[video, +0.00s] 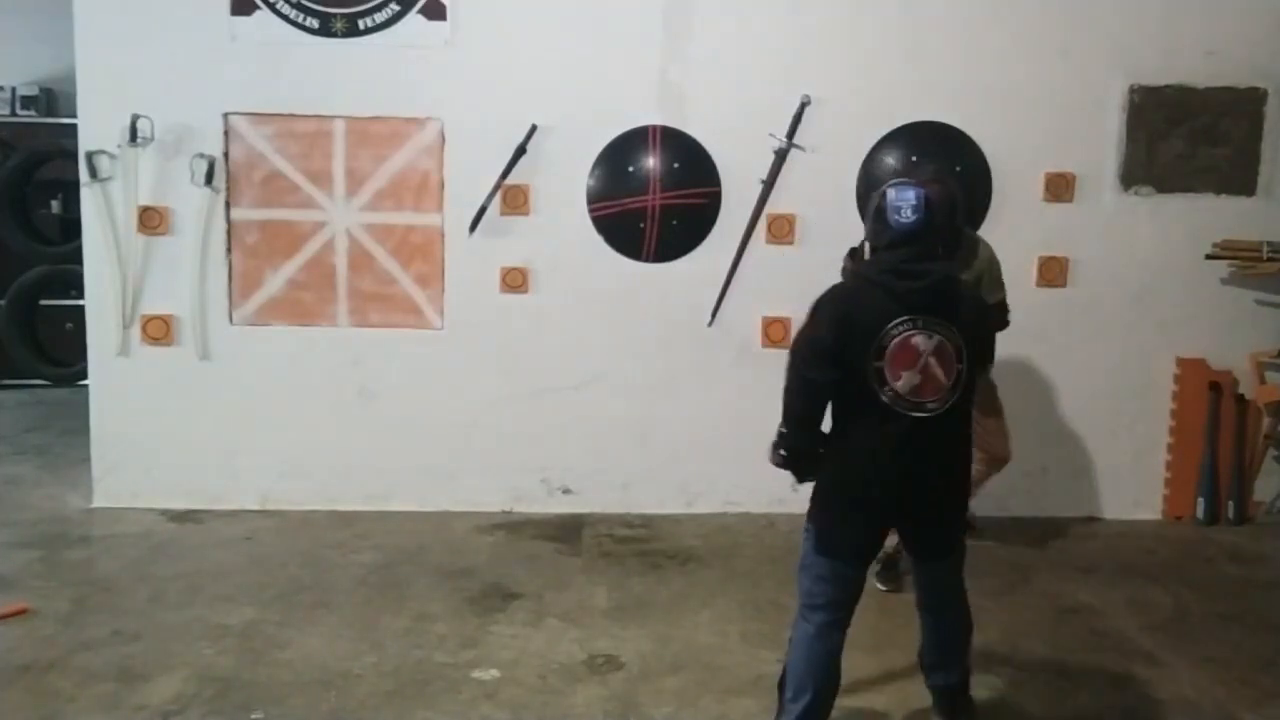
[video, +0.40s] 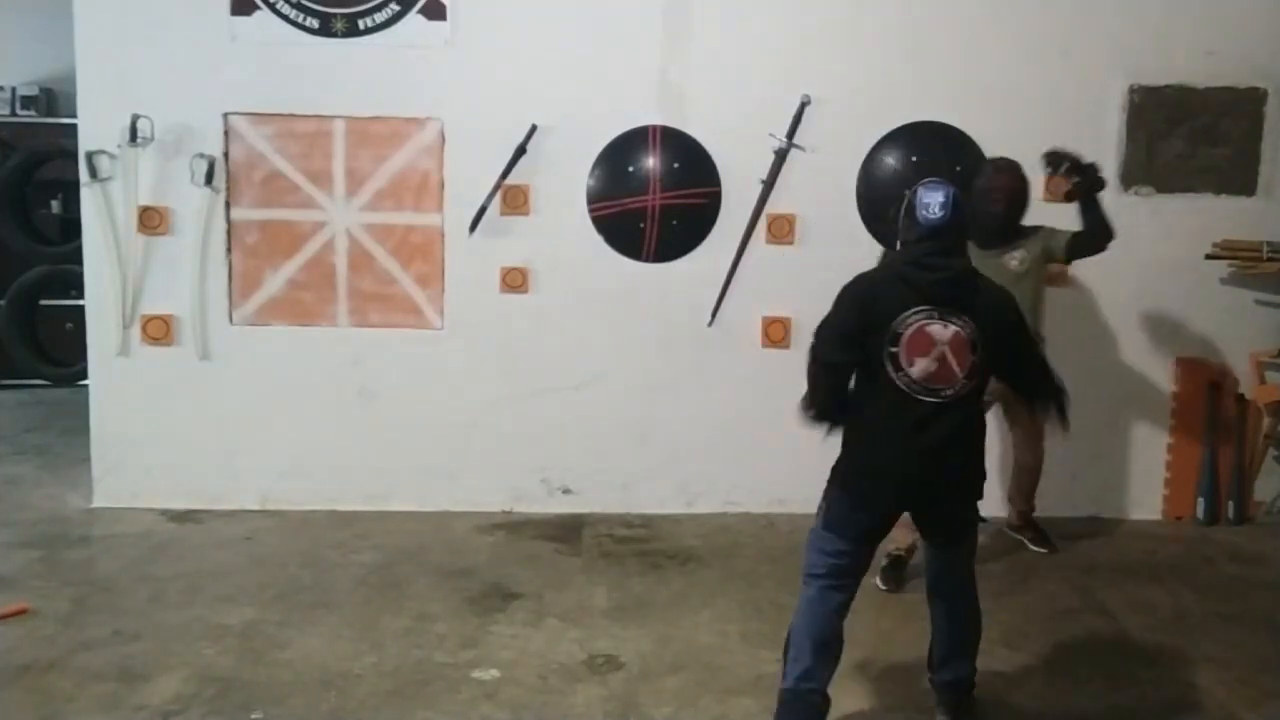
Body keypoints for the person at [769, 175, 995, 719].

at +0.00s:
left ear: (875, 228)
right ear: (947, 232)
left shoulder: (845, 303)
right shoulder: (968, 307)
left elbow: (806, 383)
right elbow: (980, 369)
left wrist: (799, 449)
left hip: (854, 482)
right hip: (939, 483)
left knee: (821, 610)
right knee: (942, 591)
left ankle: (800, 709)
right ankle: (951, 695)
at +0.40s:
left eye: (901, 223)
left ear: (900, 228)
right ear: (962, 230)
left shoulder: (867, 292)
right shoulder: (989, 300)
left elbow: (826, 366)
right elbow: (1027, 374)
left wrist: (833, 405)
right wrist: (1044, 396)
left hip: (872, 466)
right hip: (952, 471)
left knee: (827, 582)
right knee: (953, 580)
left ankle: (799, 706)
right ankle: (955, 690)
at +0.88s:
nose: (956, 244)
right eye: (955, 232)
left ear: (877, 219)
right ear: (945, 229)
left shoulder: (837, 291)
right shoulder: (949, 304)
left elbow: (798, 345)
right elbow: (1022, 360)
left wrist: (849, 361)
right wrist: (1066, 317)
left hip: (833, 473)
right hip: (913, 479)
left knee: (808, 588)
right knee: (935, 581)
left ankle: (782, 707)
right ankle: (953, 677)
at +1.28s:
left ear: (909, 222)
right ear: (968, 232)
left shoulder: (870, 284)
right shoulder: (984, 294)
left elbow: (820, 345)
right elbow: (997, 328)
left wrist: (859, 397)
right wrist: (998, 276)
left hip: (869, 450)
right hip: (948, 455)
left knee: (822, 557)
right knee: (955, 567)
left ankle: (786, 681)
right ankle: (959, 681)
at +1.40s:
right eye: (951, 224)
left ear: (895, 225)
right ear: (952, 229)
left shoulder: (856, 286)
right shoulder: (974, 294)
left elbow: (816, 356)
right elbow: (987, 360)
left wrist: (863, 391)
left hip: (863, 450)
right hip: (942, 455)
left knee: (822, 558)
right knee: (954, 564)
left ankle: (786, 677)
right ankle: (958, 680)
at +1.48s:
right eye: (953, 229)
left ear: (885, 224)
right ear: (948, 231)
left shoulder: (850, 289)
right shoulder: (964, 294)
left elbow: (807, 359)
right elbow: (983, 352)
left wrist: (856, 392)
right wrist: (1036, 344)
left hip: (854, 450)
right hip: (932, 455)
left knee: (816, 551)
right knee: (949, 563)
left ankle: (786, 675)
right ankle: (959, 679)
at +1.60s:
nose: (936, 249)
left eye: (929, 241)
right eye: (932, 241)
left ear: (875, 241)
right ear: (926, 245)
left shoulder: (834, 297)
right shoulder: (945, 297)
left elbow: (782, 365)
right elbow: (1000, 314)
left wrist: (839, 377)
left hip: (837, 456)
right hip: (909, 461)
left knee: (806, 532)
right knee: (943, 562)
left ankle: (746, 639)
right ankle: (961, 677)